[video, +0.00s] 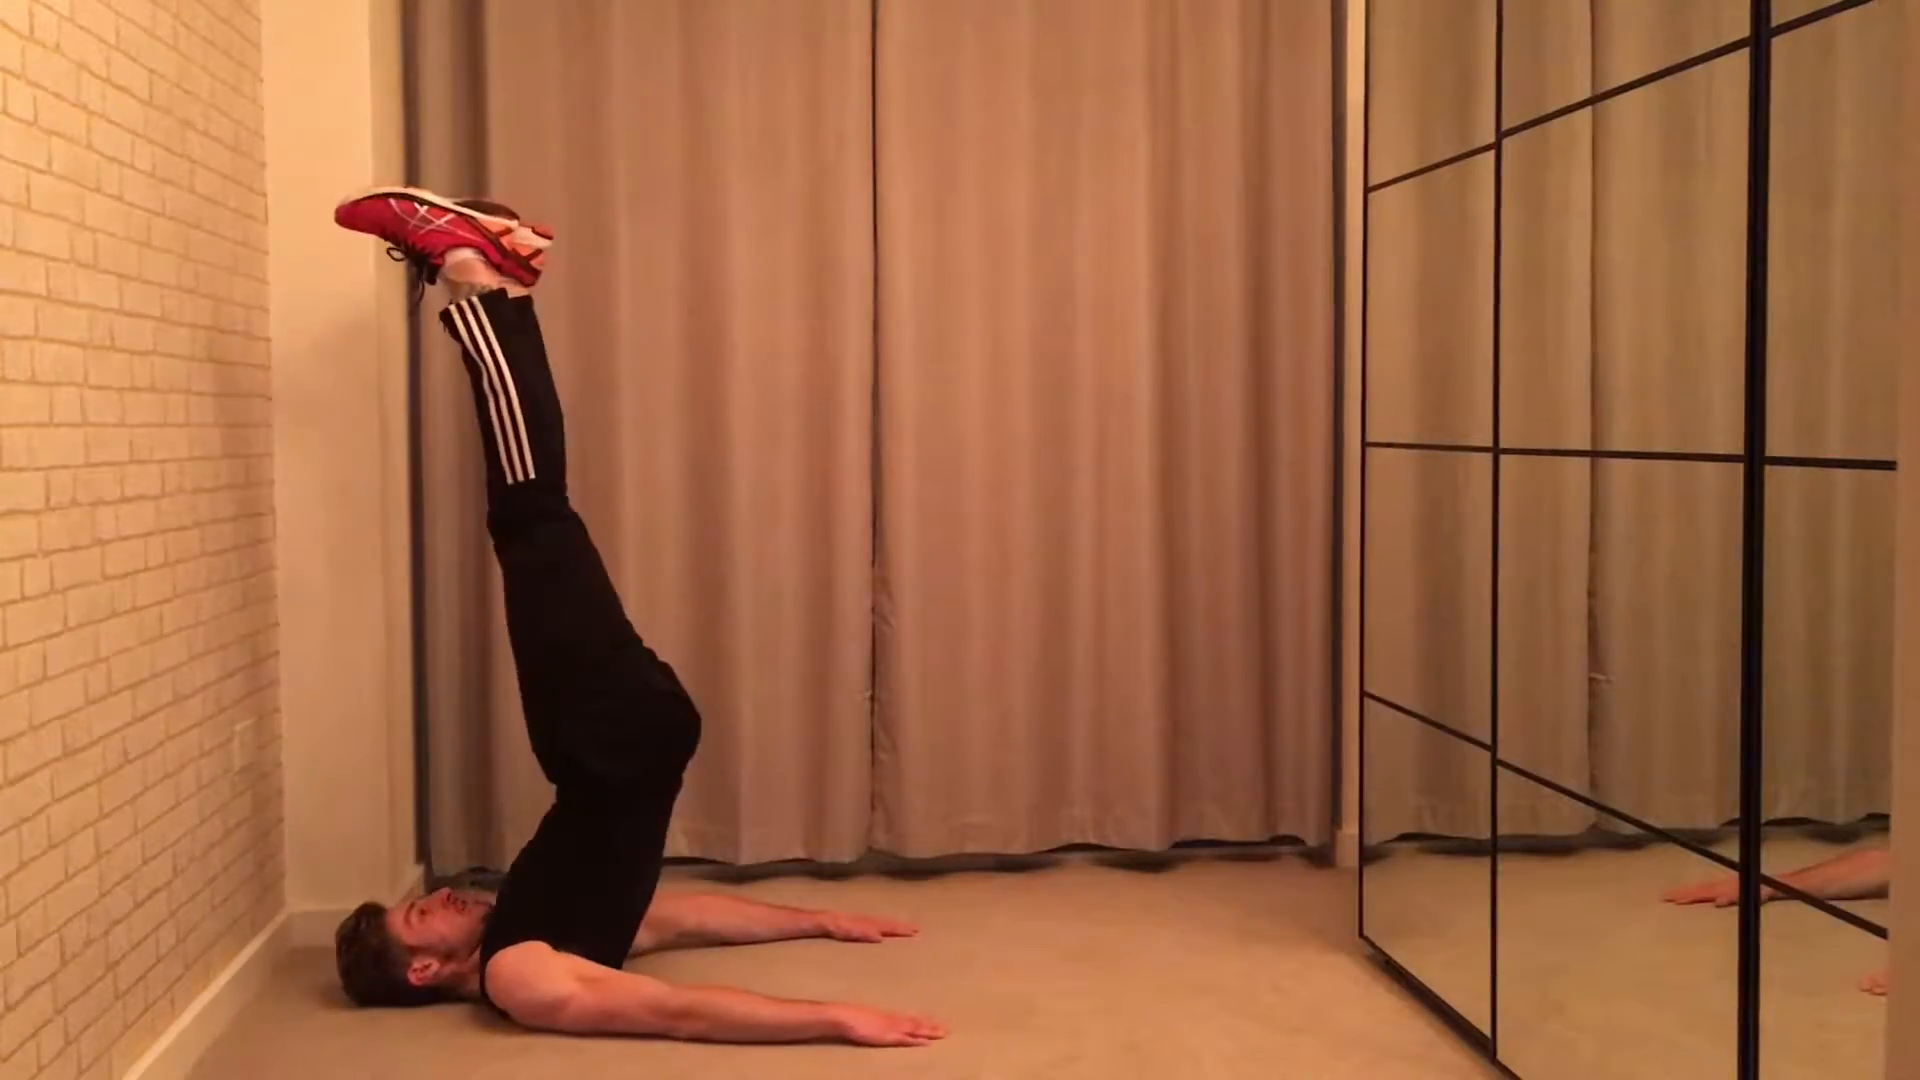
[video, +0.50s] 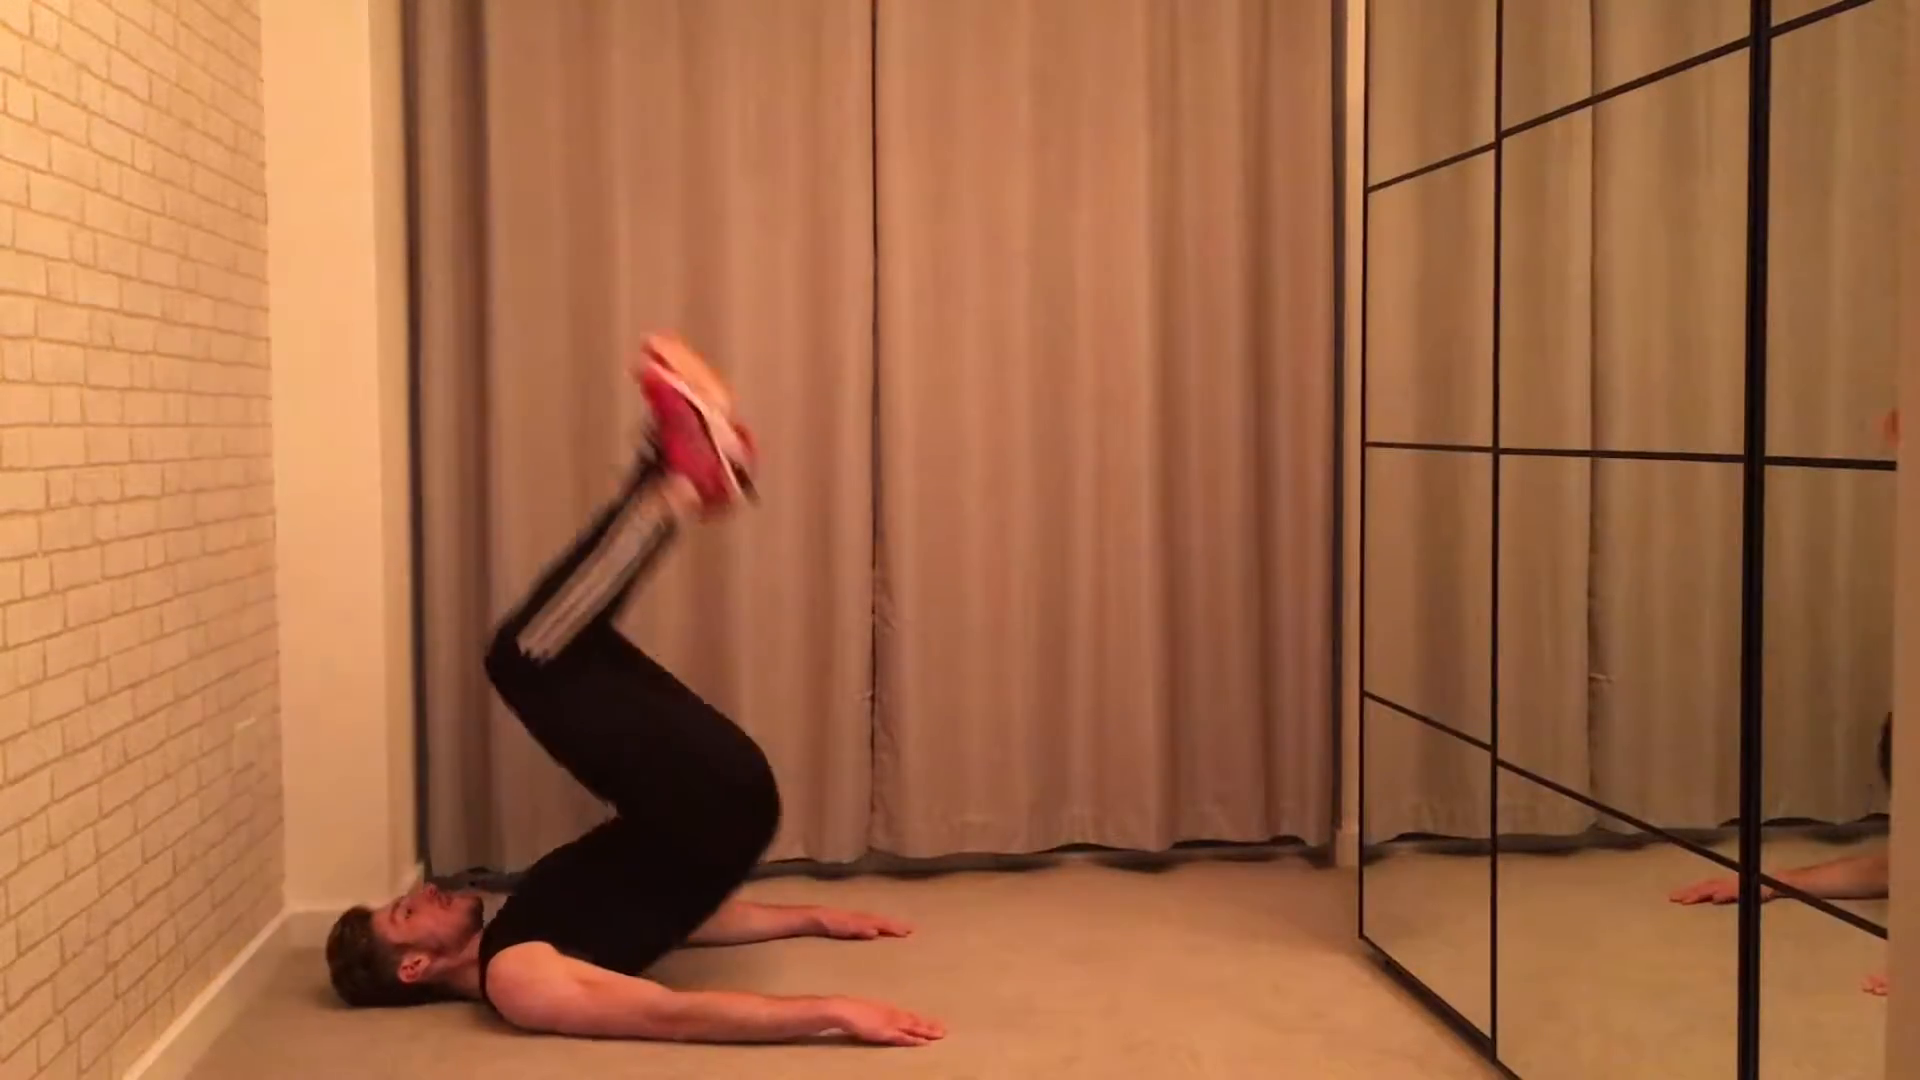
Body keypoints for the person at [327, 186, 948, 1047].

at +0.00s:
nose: (439, 893)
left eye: (421, 896)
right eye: (421, 913)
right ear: (431, 967)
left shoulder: (539, 934)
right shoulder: (520, 976)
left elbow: (683, 916)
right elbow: (682, 1016)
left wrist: (821, 921)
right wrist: (839, 1020)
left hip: (622, 745)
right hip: (632, 744)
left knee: (533, 513)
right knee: (529, 515)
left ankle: (499, 293)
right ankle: (474, 287)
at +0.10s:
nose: (439, 893)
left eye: (422, 896)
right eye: (421, 913)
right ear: (431, 968)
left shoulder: (540, 936)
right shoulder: (520, 977)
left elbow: (683, 917)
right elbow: (683, 1016)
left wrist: (818, 922)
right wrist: (838, 1020)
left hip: (621, 745)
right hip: (629, 745)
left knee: (532, 510)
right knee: (526, 512)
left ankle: (508, 293)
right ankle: (474, 285)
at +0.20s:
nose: (443, 892)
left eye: (425, 894)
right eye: (423, 913)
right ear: (432, 968)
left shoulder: (541, 936)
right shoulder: (520, 977)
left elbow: (682, 919)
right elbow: (683, 1017)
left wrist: (818, 922)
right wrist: (838, 1020)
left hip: (630, 745)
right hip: (634, 748)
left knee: (536, 515)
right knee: (528, 518)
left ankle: (527, 296)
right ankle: (496, 289)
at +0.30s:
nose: (441, 890)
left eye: (423, 893)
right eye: (422, 912)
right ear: (431, 967)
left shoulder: (539, 933)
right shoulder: (520, 976)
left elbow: (682, 920)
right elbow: (680, 1017)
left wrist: (818, 922)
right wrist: (839, 1020)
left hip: (653, 751)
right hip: (653, 755)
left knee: (532, 535)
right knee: (519, 538)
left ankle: (557, 315)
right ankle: (544, 315)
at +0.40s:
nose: (434, 891)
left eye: (413, 896)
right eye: (413, 915)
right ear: (426, 972)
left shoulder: (529, 934)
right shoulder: (522, 979)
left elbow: (681, 915)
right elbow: (676, 1015)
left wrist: (815, 920)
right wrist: (837, 1020)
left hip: (662, 774)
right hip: (685, 769)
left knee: (518, 579)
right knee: (517, 583)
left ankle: (600, 369)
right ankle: (604, 370)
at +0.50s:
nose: (426, 888)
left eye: (407, 894)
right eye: (408, 910)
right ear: (422, 967)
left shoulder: (529, 934)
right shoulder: (520, 978)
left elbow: (684, 917)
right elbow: (674, 1017)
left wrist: (817, 919)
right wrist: (834, 1014)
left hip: (712, 799)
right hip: (715, 806)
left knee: (553, 646)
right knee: (521, 659)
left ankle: (682, 472)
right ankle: (676, 483)